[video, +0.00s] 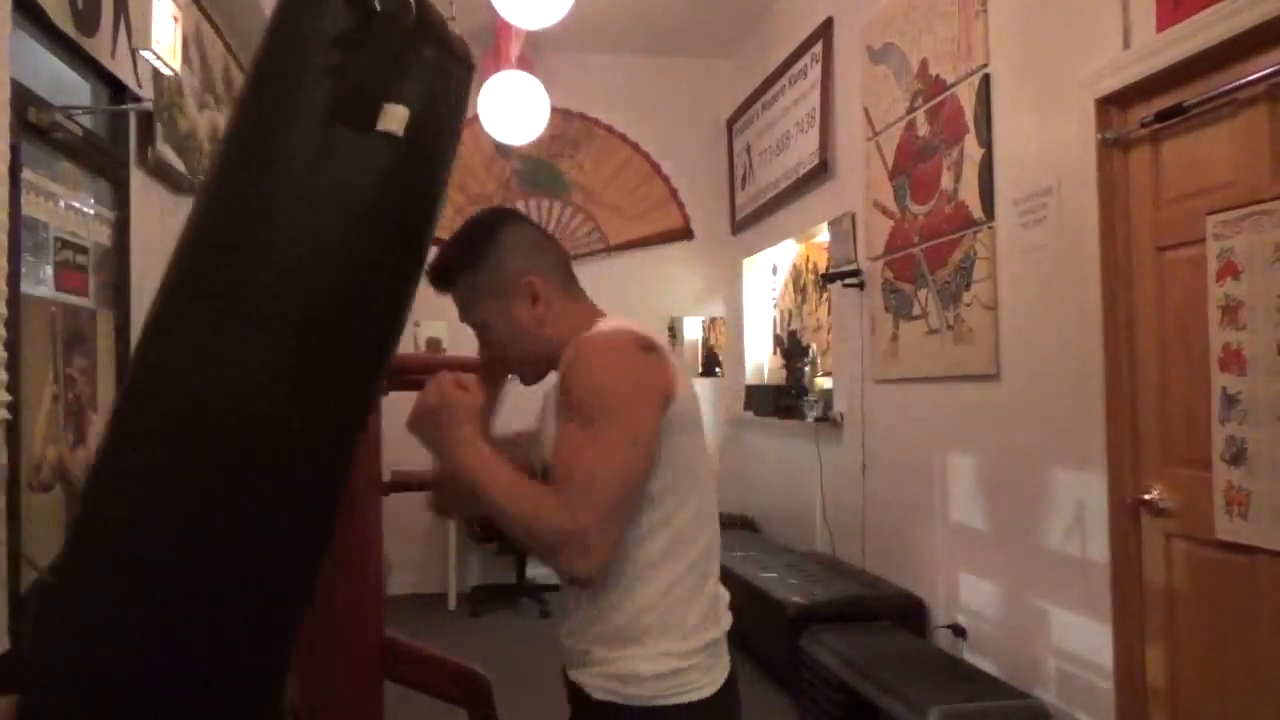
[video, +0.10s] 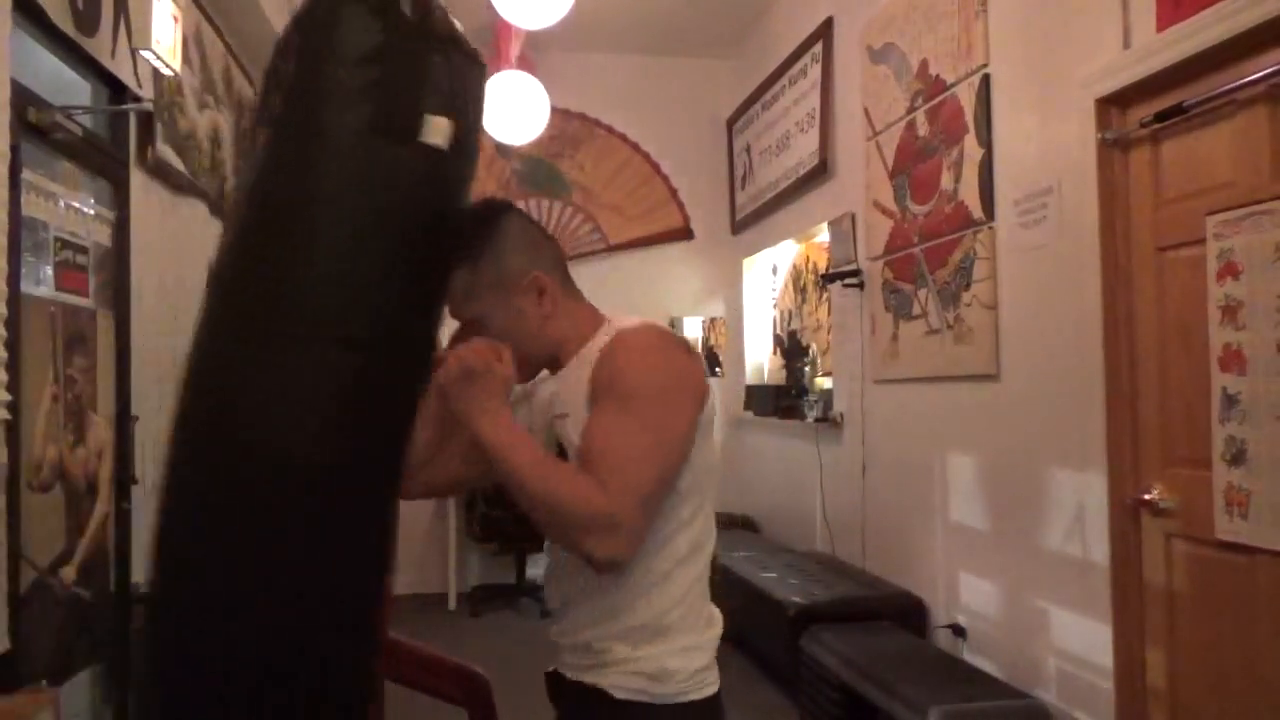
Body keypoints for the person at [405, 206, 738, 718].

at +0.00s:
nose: (486, 349)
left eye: (482, 326)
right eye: (475, 329)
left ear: (532, 298)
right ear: (536, 297)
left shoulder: (611, 355)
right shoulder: (575, 378)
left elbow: (584, 548)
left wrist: (463, 445)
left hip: (652, 696)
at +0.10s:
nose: (470, 349)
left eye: (477, 326)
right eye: (464, 331)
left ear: (539, 297)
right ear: (541, 299)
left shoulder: (648, 356)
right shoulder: (540, 395)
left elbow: (610, 533)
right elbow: (419, 475)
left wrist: (489, 418)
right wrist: (446, 382)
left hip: (654, 692)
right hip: (582, 681)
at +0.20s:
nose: (504, 352)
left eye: (504, 329)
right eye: (494, 334)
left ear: (562, 300)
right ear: (564, 302)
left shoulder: (646, 369)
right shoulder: (579, 383)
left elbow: (588, 552)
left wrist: (486, 425)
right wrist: (481, 422)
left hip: (641, 695)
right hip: (588, 682)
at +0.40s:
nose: (563, 336)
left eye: (561, 316)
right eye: (555, 320)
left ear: (611, 287)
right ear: (617, 286)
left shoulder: (643, 348)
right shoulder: (700, 338)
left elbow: (573, 535)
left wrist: (527, 409)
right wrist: (552, 402)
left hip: (668, 690)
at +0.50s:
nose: (583, 329)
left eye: (589, 308)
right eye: (581, 311)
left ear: (639, 284)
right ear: (645, 283)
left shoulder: (671, 342)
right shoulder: (734, 339)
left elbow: (599, 529)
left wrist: (559, 407)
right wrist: (593, 386)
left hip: (702, 690)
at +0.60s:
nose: (631, 337)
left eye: (635, 319)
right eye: (627, 322)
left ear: (686, 299)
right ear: (693, 299)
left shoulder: (735, 365)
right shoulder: (767, 354)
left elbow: (659, 543)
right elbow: (659, 510)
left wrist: (588, 414)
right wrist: (633, 383)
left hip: (748, 696)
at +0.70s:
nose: (670, 351)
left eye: (675, 334)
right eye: (666, 335)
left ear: (730, 314)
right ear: (733, 315)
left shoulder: (782, 388)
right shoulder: (788, 375)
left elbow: (718, 562)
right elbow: (673, 504)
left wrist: (607, 455)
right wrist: (664, 394)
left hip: (790, 698)